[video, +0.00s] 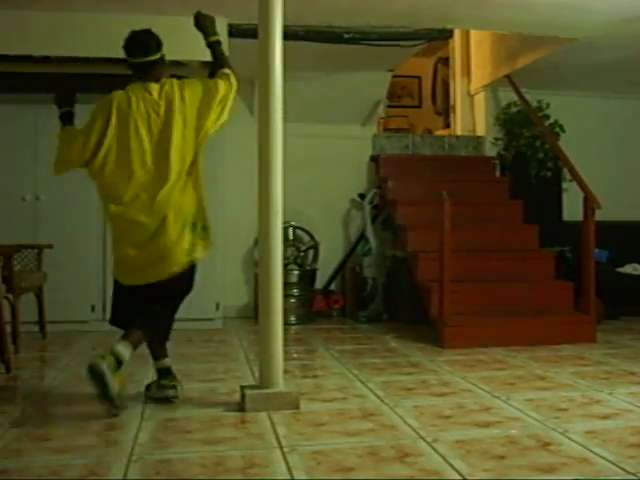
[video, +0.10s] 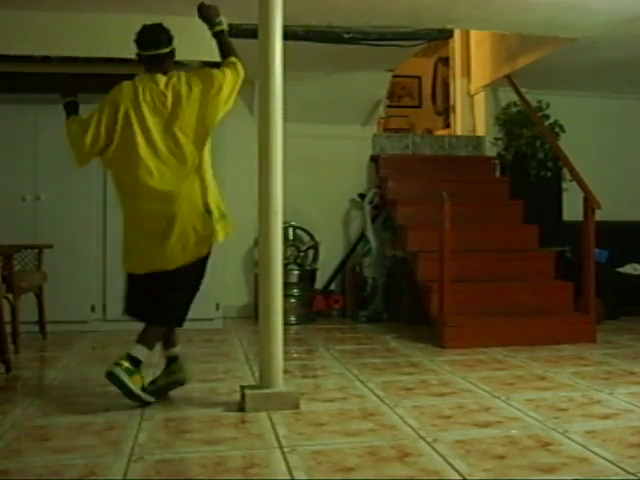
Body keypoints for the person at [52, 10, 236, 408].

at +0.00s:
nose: (159, 66)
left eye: (146, 60)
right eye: (160, 60)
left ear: (129, 66)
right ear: (163, 62)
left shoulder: (113, 107)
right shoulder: (184, 96)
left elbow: (70, 157)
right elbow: (226, 80)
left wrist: (66, 114)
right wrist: (212, 36)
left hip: (128, 218)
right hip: (176, 216)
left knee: (145, 299)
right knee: (168, 293)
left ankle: (165, 375)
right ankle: (115, 359)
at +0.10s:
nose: (161, 59)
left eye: (150, 55)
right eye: (166, 53)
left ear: (139, 59)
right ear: (173, 56)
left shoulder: (123, 97)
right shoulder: (194, 87)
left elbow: (82, 145)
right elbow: (235, 68)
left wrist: (71, 111)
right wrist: (218, 27)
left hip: (142, 209)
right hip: (191, 207)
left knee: (156, 288)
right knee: (178, 290)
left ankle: (172, 364)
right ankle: (131, 364)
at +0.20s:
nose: (174, 61)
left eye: (162, 57)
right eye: (178, 55)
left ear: (153, 61)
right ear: (185, 58)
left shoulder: (134, 100)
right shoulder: (206, 88)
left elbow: (93, 137)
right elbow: (243, 60)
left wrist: (80, 102)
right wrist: (223, 17)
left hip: (155, 215)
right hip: (202, 214)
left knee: (176, 288)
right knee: (172, 295)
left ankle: (200, 351)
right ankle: (127, 373)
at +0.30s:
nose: (181, 65)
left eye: (172, 59)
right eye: (189, 57)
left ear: (167, 62)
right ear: (200, 59)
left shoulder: (153, 101)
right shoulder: (219, 90)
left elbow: (108, 141)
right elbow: (252, 62)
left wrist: (99, 106)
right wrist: (236, 21)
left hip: (169, 220)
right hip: (211, 216)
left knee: (203, 295)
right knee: (171, 294)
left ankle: (226, 364)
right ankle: (129, 371)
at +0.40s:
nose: (205, 70)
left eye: (195, 64)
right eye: (209, 63)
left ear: (180, 68)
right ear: (213, 65)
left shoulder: (166, 105)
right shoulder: (230, 94)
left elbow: (132, 146)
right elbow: (269, 64)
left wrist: (120, 110)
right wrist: (251, 20)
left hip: (179, 216)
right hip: (221, 212)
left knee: (214, 291)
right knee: (177, 292)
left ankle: (237, 366)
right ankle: (130, 368)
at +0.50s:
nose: (218, 68)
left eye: (206, 66)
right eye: (220, 62)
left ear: (193, 69)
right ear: (225, 64)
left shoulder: (181, 107)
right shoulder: (246, 90)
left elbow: (150, 147)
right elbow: (285, 57)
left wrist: (140, 111)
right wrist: (258, 15)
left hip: (192, 216)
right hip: (233, 212)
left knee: (212, 295)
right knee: (185, 288)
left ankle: (236, 366)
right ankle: (135, 359)